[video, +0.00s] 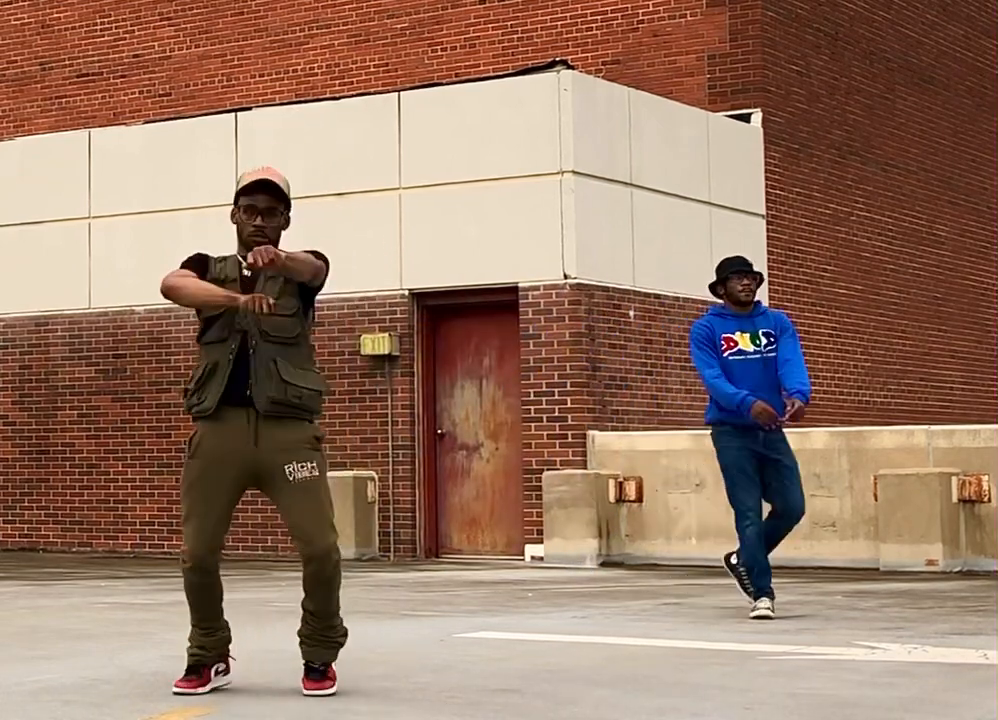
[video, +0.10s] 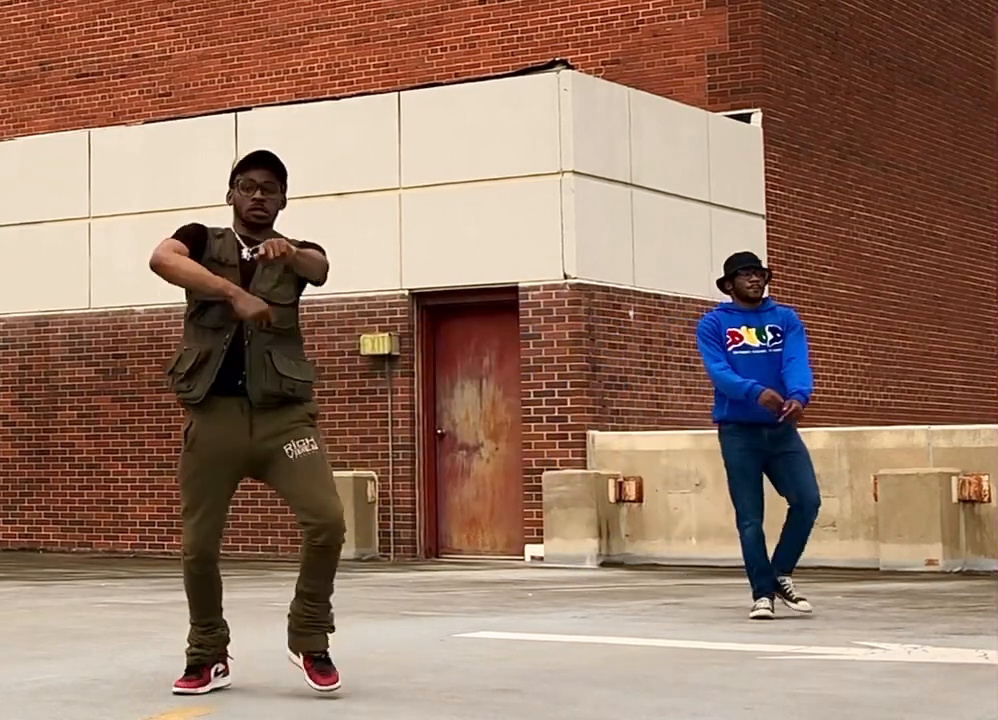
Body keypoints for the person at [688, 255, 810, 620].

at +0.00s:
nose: (747, 283)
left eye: (750, 278)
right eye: (738, 279)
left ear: (757, 285)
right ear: (721, 287)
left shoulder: (777, 321)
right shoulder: (705, 327)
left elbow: (793, 363)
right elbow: (712, 378)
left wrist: (796, 394)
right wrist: (749, 403)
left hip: (772, 431)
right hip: (732, 432)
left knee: (792, 508)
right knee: (748, 512)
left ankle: (744, 561)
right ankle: (762, 595)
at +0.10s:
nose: (755, 280)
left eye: (758, 274)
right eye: (746, 275)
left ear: (766, 281)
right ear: (730, 283)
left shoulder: (786, 317)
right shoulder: (712, 323)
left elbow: (798, 362)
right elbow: (720, 374)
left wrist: (798, 394)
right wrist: (757, 392)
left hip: (782, 431)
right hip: (739, 432)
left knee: (807, 501)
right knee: (750, 518)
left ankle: (778, 576)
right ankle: (762, 595)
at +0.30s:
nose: (769, 277)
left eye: (775, 271)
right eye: (762, 273)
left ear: (788, 280)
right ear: (751, 283)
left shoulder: (812, 321)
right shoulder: (734, 325)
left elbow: (824, 384)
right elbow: (724, 381)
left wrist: (826, 438)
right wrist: (731, 427)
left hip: (801, 434)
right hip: (754, 437)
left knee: (821, 512)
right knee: (758, 522)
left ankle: (843, 591)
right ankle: (764, 597)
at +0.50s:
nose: (781, 276)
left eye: (788, 270)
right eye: (776, 272)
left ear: (808, 275)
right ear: (772, 280)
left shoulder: (838, 317)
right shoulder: (759, 322)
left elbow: (857, 377)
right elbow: (736, 380)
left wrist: (870, 432)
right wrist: (719, 435)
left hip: (822, 432)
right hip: (773, 433)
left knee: (832, 513)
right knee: (770, 514)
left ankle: (840, 599)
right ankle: (766, 592)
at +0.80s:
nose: (789, 272)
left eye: (797, 267)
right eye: (790, 267)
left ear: (823, 271)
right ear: (804, 272)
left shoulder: (854, 314)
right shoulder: (782, 313)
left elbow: (885, 372)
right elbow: (772, 371)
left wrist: (906, 429)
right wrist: (769, 421)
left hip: (831, 431)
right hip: (783, 431)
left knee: (838, 515)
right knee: (781, 511)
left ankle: (840, 599)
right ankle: (801, 596)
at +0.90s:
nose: (790, 273)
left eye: (796, 268)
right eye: (791, 267)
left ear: (819, 271)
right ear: (809, 272)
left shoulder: (854, 315)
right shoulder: (789, 313)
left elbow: (883, 374)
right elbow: (783, 369)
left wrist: (898, 433)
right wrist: (778, 413)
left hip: (832, 432)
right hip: (788, 431)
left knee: (838, 517)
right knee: (796, 515)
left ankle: (841, 600)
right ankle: (801, 599)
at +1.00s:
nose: (789, 274)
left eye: (794, 268)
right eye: (790, 268)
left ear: (816, 271)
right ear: (808, 272)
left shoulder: (849, 312)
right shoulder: (794, 310)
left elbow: (871, 370)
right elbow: (788, 368)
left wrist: (876, 428)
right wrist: (780, 417)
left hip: (833, 429)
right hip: (790, 429)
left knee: (840, 515)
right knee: (795, 514)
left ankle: (842, 599)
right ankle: (803, 599)